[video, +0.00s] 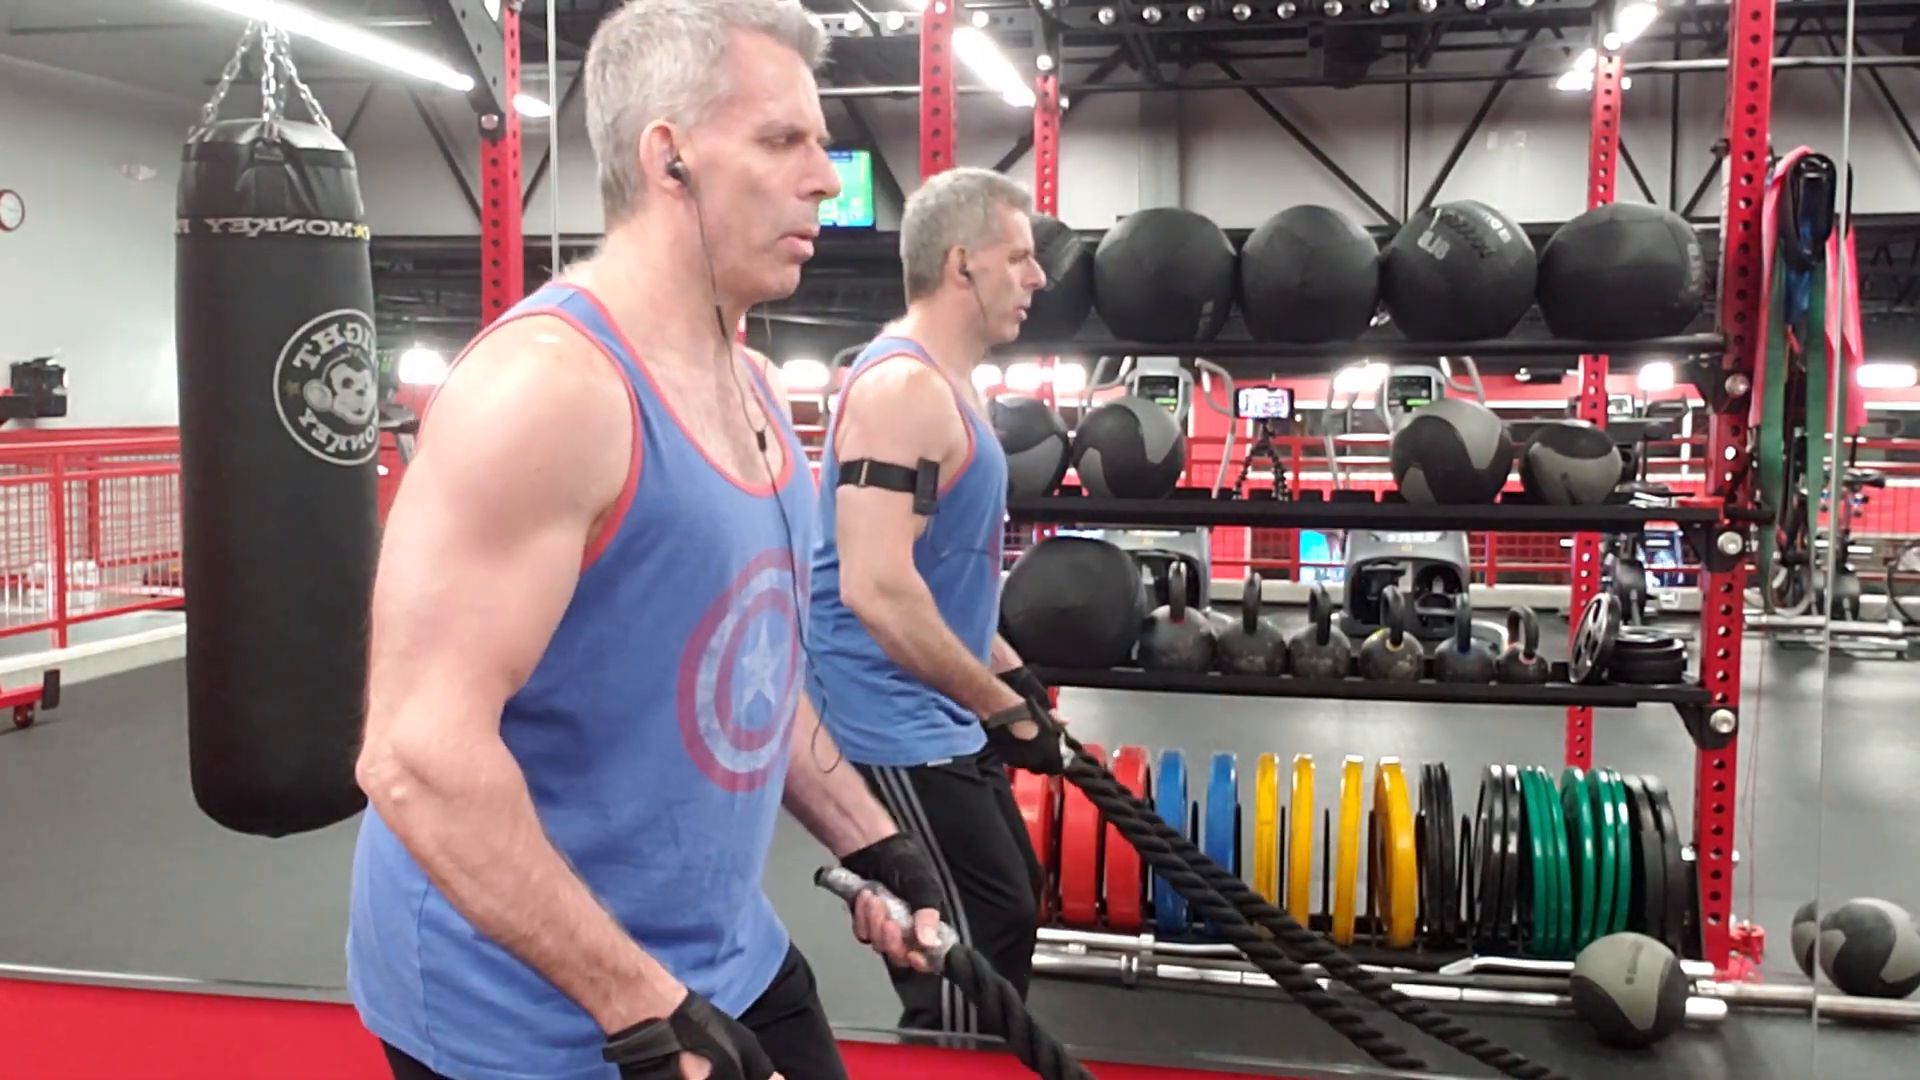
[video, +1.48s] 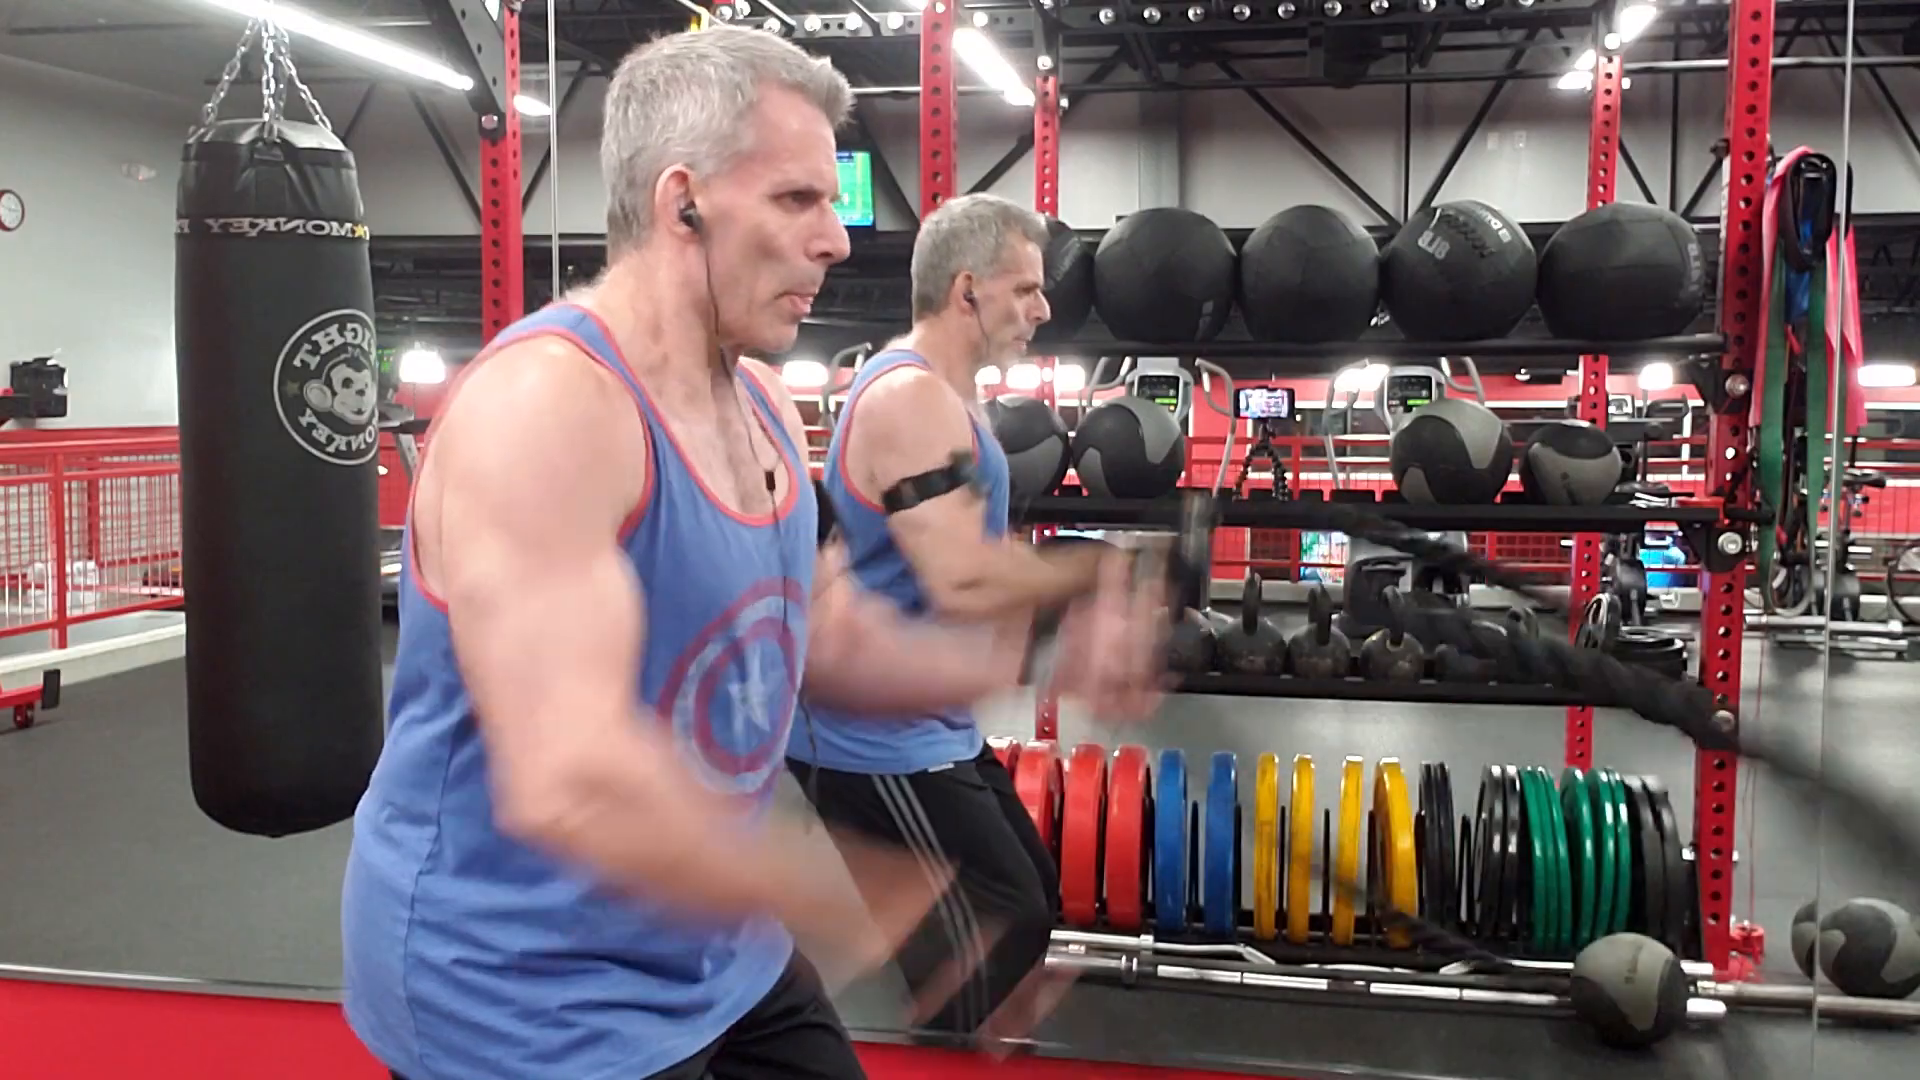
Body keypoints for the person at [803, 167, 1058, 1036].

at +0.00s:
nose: (1037, 279)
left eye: (1034, 258)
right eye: (1021, 257)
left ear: (969, 270)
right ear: (963, 266)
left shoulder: (949, 387)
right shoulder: (901, 386)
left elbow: (943, 580)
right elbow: (877, 584)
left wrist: (1012, 676)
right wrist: (996, 706)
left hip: (946, 723)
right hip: (894, 729)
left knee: (1000, 923)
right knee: (993, 928)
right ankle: (956, 1078)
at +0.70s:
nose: (1034, 285)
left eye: (1034, 264)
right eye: (1020, 262)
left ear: (966, 269)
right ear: (963, 267)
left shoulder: (943, 391)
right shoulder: (899, 393)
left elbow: (1000, 543)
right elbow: (871, 594)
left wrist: (1105, 612)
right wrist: (989, 721)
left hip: (924, 743)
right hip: (874, 752)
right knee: (989, 945)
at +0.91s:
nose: (1037, 296)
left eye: (1037, 275)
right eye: (1023, 273)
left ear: (971, 281)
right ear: (965, 277)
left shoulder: (943, 393)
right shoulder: (906, 392)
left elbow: (1000, 540)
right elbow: (884, 585)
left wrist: (1135, 539)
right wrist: (1011, 692)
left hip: (919, 708)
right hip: (871, 714)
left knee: (1012, 911)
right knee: (993, 922)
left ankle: (960, 1058)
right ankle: (952, 1063)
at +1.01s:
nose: (1034, 297)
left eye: (1035, 277)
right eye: (1019, 275)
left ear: (959, 279)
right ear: (957, 276)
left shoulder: (947, 393)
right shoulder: (898, 386)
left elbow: (946, 577)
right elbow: (916, 570)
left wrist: (1031, 659)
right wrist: (1076, 589)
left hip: (926, 715)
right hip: (866, 725)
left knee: (1022, 907)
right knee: (976, 929)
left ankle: (979, 1061)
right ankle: (952, 1068)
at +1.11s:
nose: (1032, 301)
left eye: (1032, 281)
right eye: (1018, 279)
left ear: (961, 283)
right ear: (955, 280)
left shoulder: (941, 394)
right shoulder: (899, 388)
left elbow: (969, 565)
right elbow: (950, 563)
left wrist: (1076, 574)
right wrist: (1084, 544)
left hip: (930, 716)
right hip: (872, 725)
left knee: (1024, 907)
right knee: (996, 929)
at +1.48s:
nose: (1042, 313)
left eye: (1041, 293)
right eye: (1027, 291)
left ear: (969, 295)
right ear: (967, 293)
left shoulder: (944, 395)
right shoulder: (909, 398)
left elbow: (975, 565)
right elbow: (959, 580)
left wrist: (1092, 581)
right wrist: (1107, 560)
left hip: (928, 728)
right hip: (876, 739)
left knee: (1029, 918)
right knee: (1007, 927)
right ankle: (923, 1067)